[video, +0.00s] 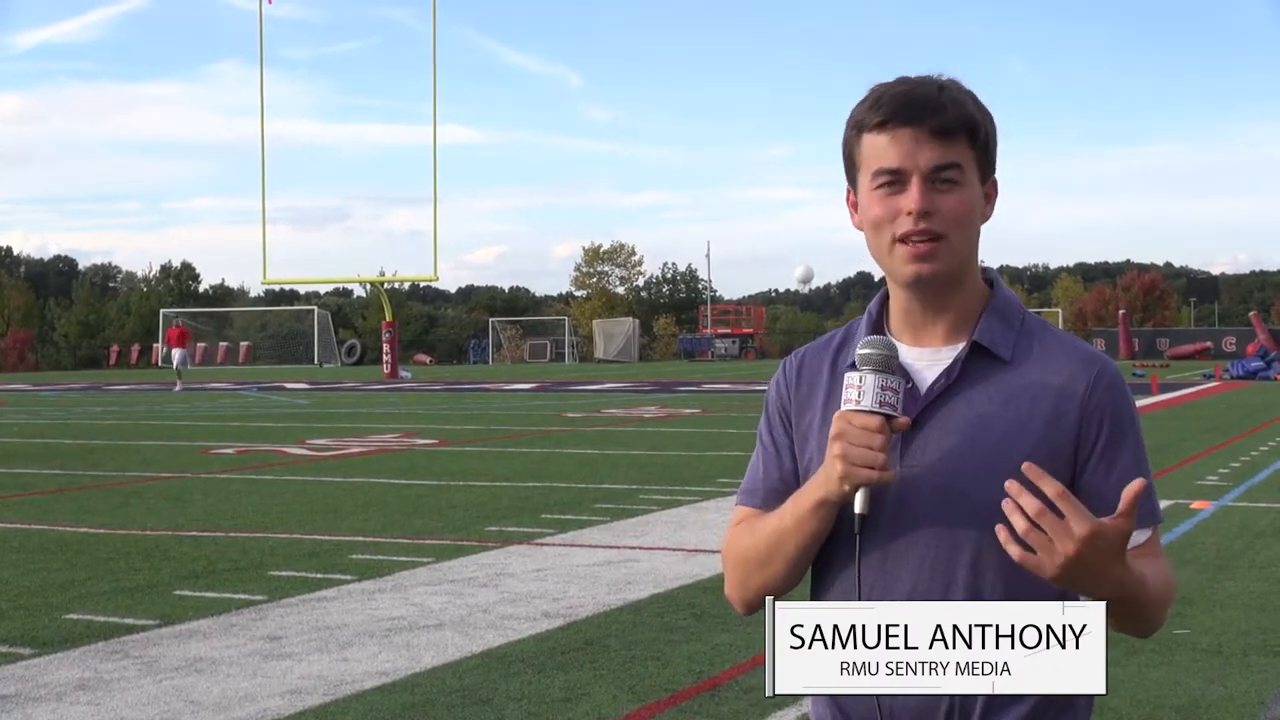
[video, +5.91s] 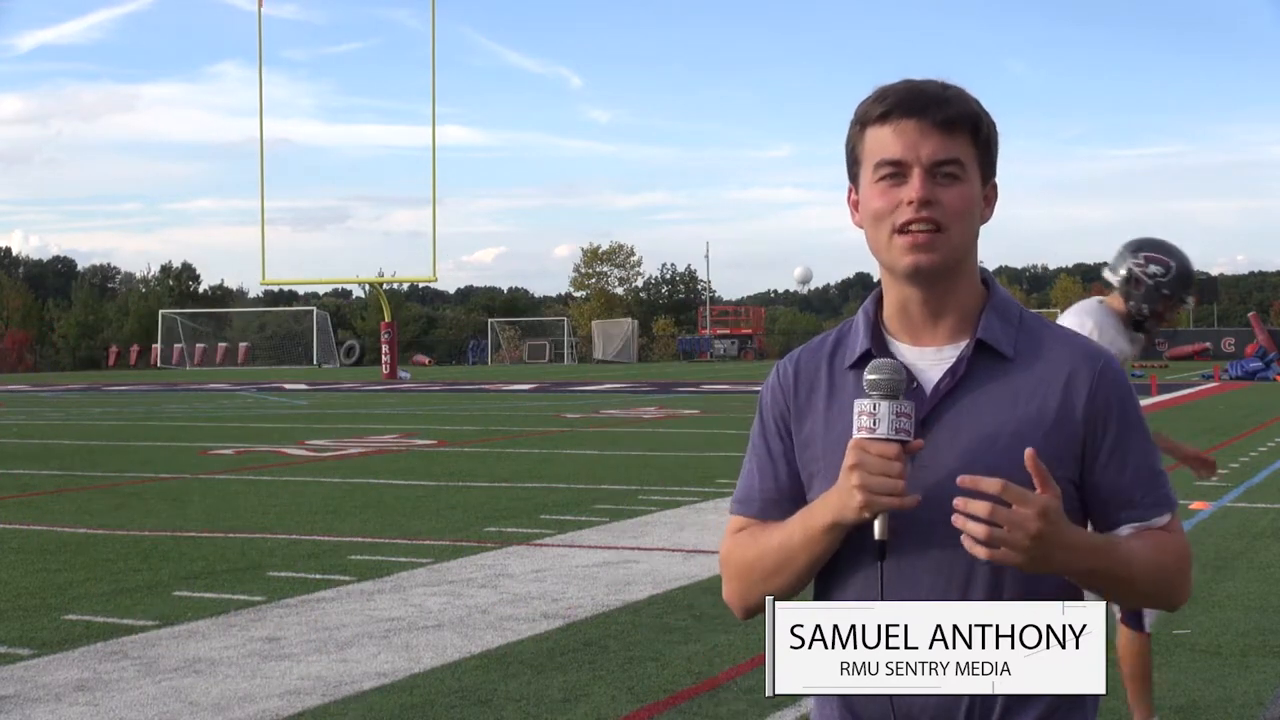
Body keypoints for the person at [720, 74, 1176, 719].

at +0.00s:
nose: (917, 204)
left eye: (944, 179)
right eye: (890, 182)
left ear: (988, 196)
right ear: (856, 208)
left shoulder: (1082, 383)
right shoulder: (804, 380)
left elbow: (1150, 608)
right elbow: (742, 584)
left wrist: (1110, 580)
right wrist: (824, 487)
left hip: (1026, 707)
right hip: (849, 708)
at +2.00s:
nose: (916, 201)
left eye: (944, 177)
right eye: (889, 179)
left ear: (981, 200)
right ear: (850, 204)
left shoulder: (1074, 382)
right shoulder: (794, 383)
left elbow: (1141, 583)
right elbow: (741, 587)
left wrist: (1090, 588)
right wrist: (821, 505)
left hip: (1021, 708)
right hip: (843, 707)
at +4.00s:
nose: (914, 207)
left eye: (946, 183)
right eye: (890, 182)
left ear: (989, 204)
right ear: (858, 202)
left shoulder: (1078, 381)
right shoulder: (796, 383)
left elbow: (1153, 581)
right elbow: (745, 587)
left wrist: (1030, 575)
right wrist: (830, 514)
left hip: (1028, 707)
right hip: (849, 708)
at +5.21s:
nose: (913, 198)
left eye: (942, 175)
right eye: (887, 176)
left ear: (987, 199)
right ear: (856, 205)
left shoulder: (1079, 379)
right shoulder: (799, 382)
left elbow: (1157, 597)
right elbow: (736, 584)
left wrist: (1071, 534)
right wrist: (820, 493)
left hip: (1028, 705)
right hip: (850, 706)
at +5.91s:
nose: (918, 196)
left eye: (945, 174)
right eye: (891, 175)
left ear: (988, 199)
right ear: (856, 207)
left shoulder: (1083, 377)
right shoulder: (798, 383)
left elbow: (1171, 575)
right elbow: (740, 586)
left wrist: (1069, 549)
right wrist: (836, 507)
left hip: (1035, 707)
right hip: (853, 708)